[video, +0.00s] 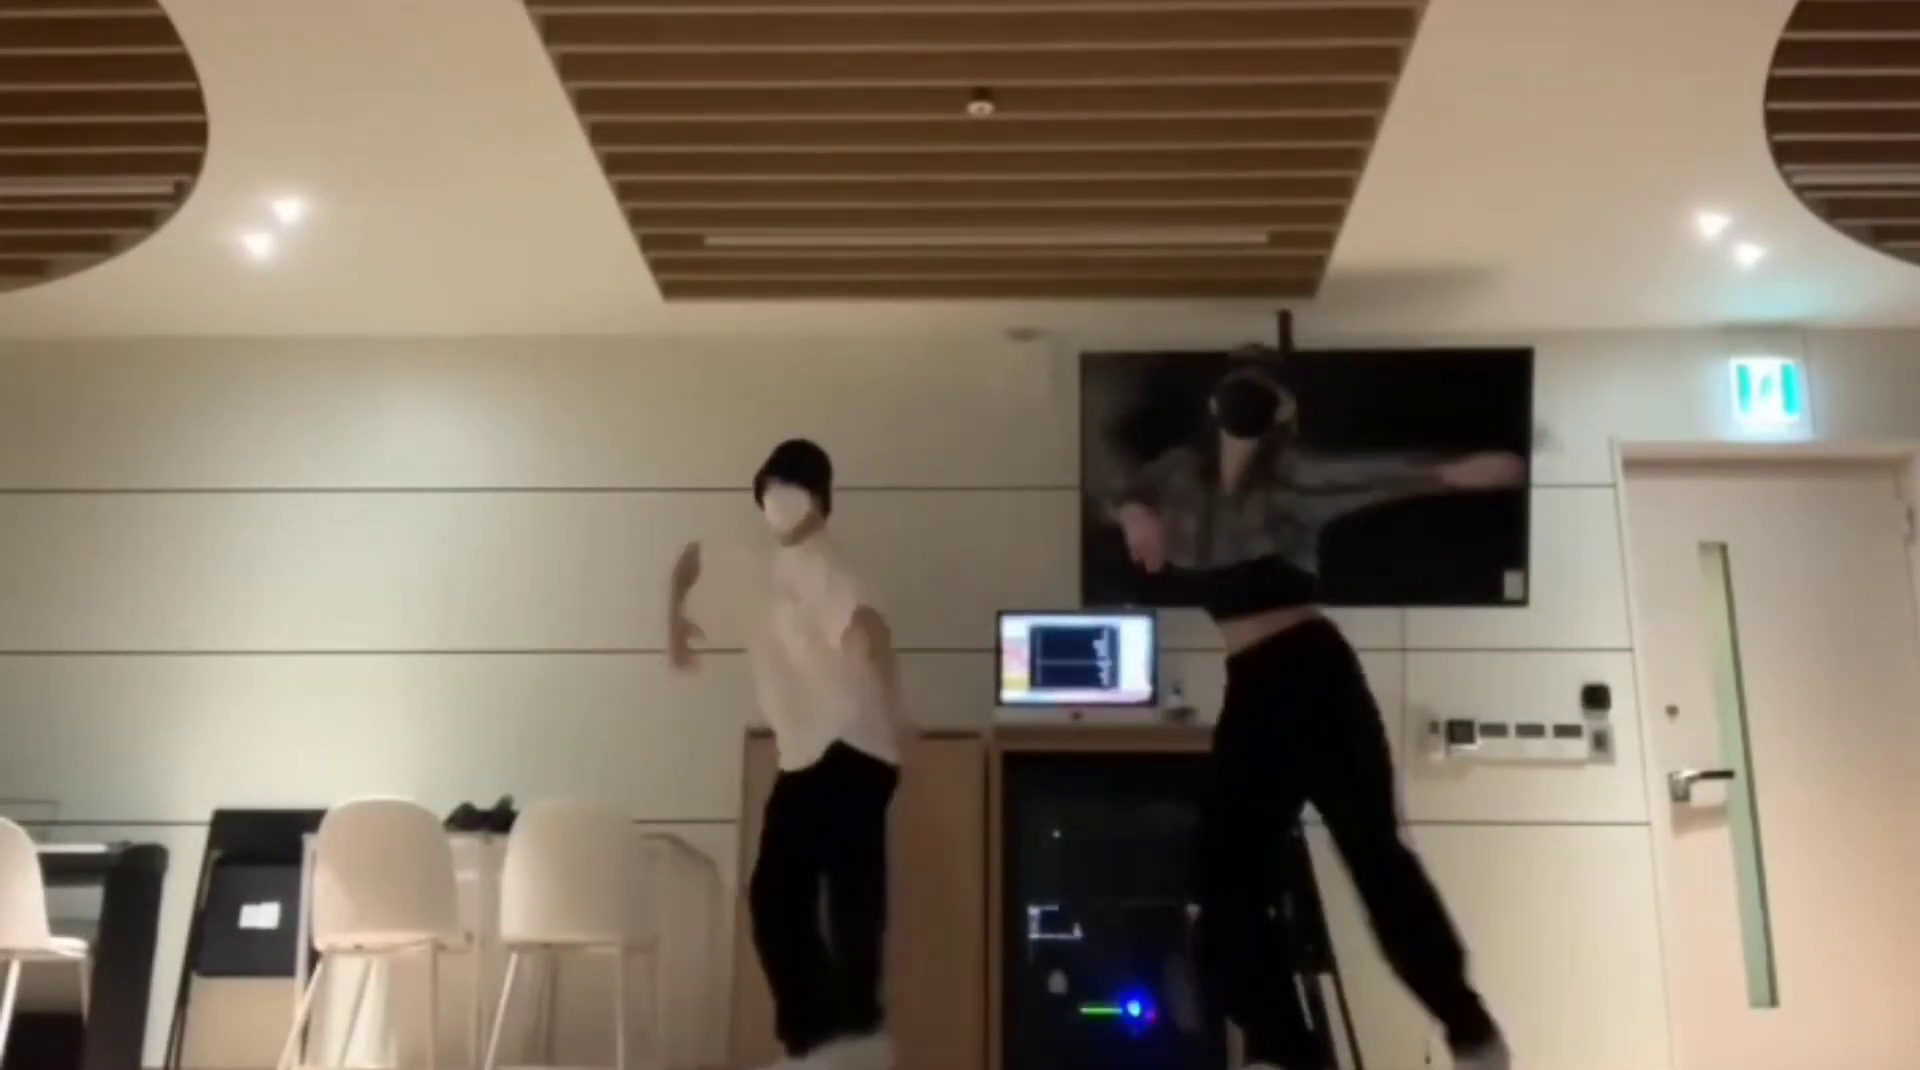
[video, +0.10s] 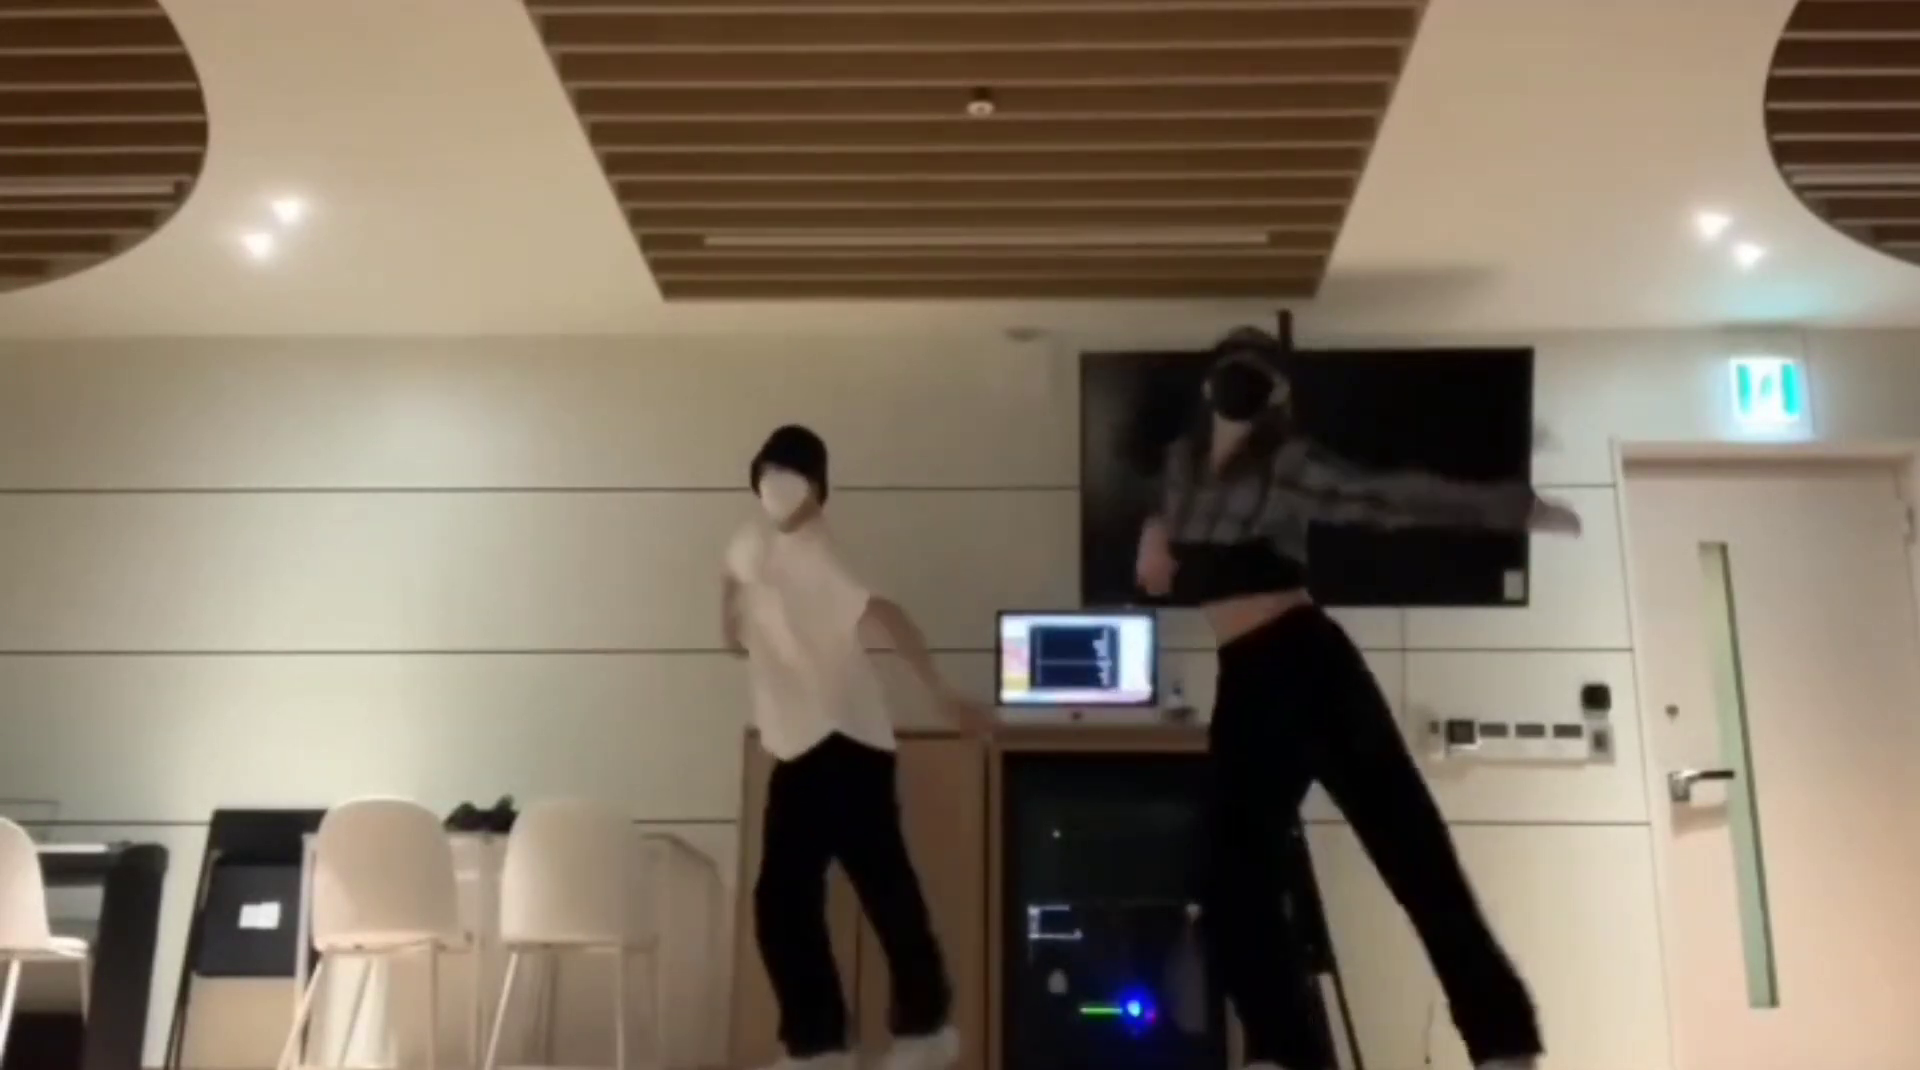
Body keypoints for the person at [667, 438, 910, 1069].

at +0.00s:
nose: (780, 504)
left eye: (795, 491)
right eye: (770, 492)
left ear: (820, 500)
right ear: (759, 502)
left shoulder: (825, 563)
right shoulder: (776, 572)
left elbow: (871, 627)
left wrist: (895, 715)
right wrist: (678, 606)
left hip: (850, 745)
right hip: (806, 751)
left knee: (778, 892)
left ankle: (826, 1033)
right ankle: (844, 1027)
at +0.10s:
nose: (774, 489)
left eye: (789, 478)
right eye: (767, 477)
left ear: (817, 491)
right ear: (754, 483)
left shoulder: (809, 553)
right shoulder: (757, 544)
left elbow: (885, 615)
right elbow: (733, 588)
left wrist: (941, 696)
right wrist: (734, 626)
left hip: (848, 742)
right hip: (801, 748)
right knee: (782, 901)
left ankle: (928, 1027)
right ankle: (816, 1044)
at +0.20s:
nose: (774, 477)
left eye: (787, 463)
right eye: (766, 466)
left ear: (814, 475)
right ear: (758, 478)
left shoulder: (816, 549)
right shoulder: (774, 548)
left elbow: (907, 611)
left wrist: (969, 692)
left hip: (833, 742)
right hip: (791, 742)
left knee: (897, 875)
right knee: (790, 898)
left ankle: (965, 1015)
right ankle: (818, 1044)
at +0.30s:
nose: (781, 477)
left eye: (791, 462)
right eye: (772, 467)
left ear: (820, 465)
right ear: (768, 477)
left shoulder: (849, 539)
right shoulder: (801, 541)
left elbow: (896, 623)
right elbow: (872, 625)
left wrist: (939, 709)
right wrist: (842, 681)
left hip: (817, 737)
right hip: (781, 738)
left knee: (863, 877)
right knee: (787, 893)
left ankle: (924, 1022)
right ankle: (817, 1038)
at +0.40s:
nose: (787, 489)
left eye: (794, 473)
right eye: (779, 479)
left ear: (823, 472)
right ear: (780, 487)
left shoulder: (869, 546)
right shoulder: (809, 550)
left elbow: (894, 633)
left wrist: (902, 717)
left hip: (819, 736)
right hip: (771, 734)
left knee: (828, 882)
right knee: (753, 886)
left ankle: (863, 1033)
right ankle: (803, 1028)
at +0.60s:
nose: (800, 525)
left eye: (812, 510)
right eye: (791, 514)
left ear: (841, 516)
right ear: (784, 526)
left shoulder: (868, 583)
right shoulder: (790, 607)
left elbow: (900, 658)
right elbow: (758, 684)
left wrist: (838, 750)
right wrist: (743, 739)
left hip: (840, 779)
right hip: (779, 773)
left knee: (783, 903)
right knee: (696, 887)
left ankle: (830, 1054)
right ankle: (625, 1033)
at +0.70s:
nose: (812, 513)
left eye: (826, 500)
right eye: (802, 502)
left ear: (853, 510)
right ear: (792, 514)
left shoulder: (870, 574)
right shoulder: (784, 595)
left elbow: (904, 646)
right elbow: (751, 682)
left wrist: (835, 730)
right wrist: (757, 749)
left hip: (850, 776)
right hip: (785, 777)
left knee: (777, 908)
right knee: (727, 914)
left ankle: (832, 1056)